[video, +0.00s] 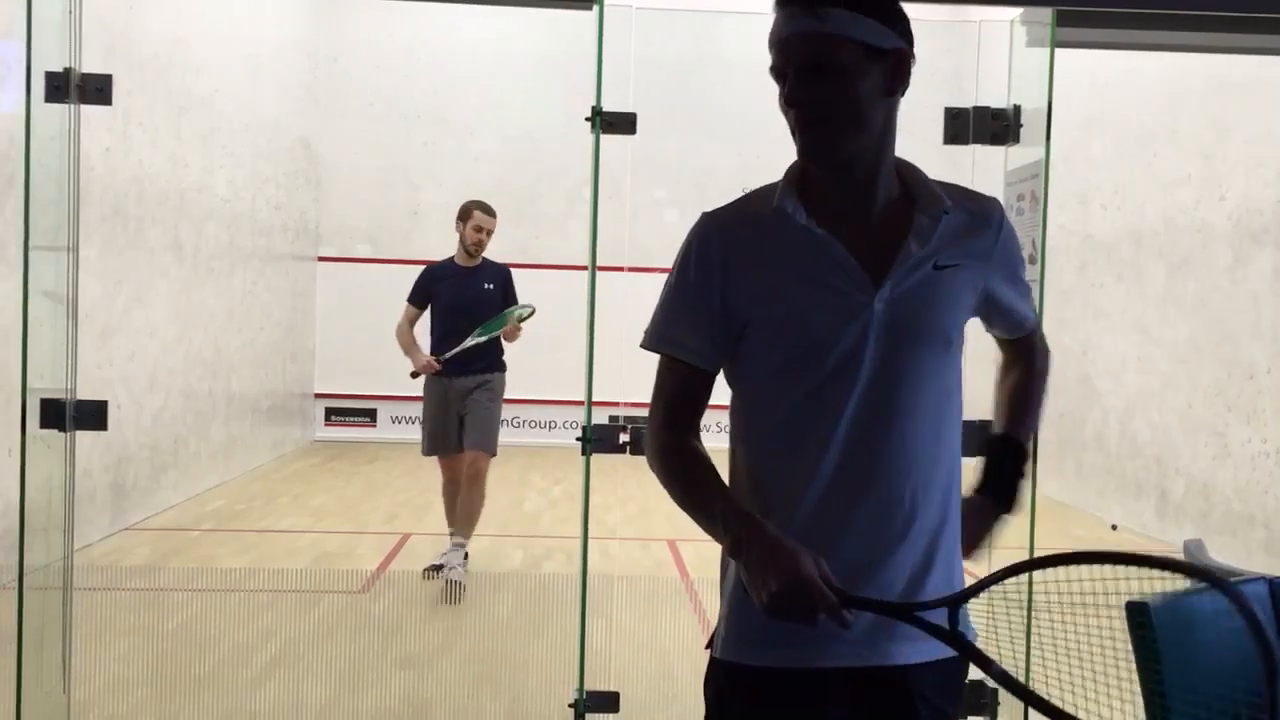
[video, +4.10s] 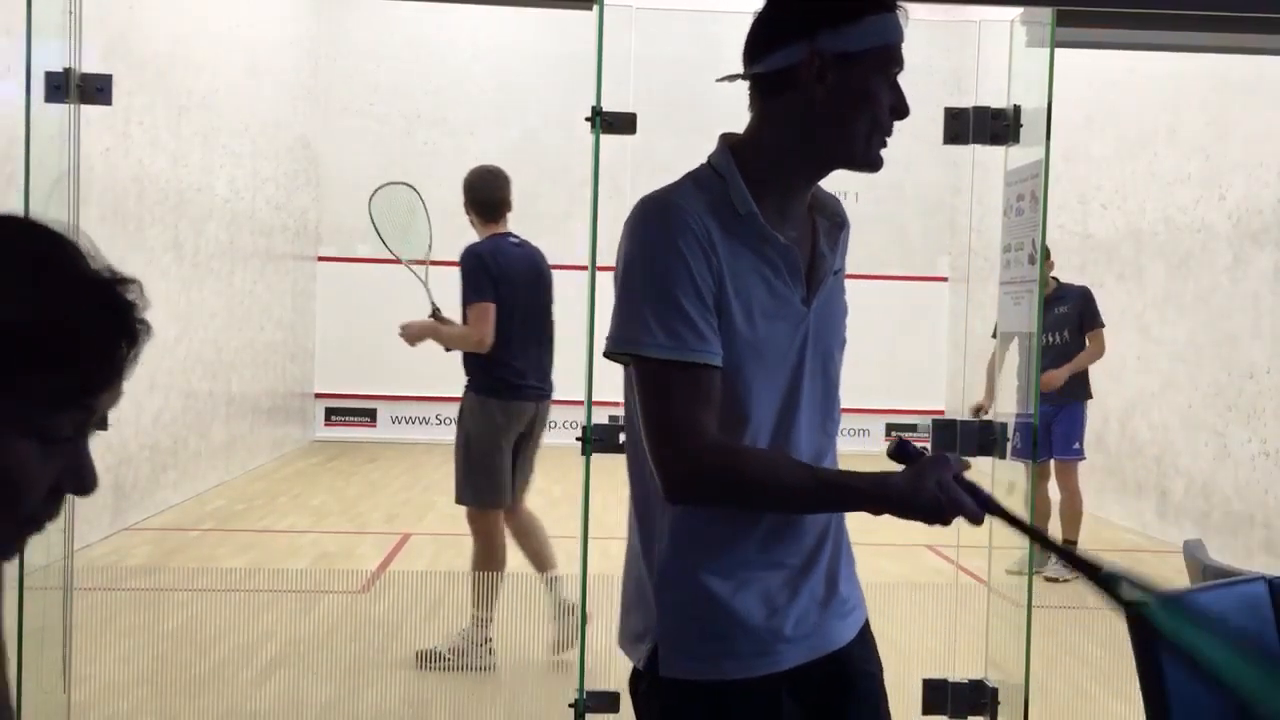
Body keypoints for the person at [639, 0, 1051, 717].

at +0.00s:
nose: (794, 96)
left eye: (822, 71)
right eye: (783, 75)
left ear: (898, 72)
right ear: (773, 80)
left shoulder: (976, 232)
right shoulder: (726, 244)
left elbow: (1024, 348)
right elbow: (668, 433)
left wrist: (995, 491)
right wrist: (753, 546)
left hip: (921, 647)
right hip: (770, 647)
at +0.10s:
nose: (795, 93)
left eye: (823, 69)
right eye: (784, 72)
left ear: (898, 74)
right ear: (772, 78)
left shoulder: (972, 231)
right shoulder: (723, 241)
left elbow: (997, 339)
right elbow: (665, 434)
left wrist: (946, 435)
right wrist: (754, 542)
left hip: (915, 642)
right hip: (765, 645)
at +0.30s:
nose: (795, 90)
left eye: (824, 67)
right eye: (786, 67)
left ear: (900, 74)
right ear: (773, 76)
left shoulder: (959, 229)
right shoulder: (714, 236)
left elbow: (932, 372)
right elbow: (658, 430)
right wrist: (758, 541)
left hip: (906, 638)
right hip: (757, 644)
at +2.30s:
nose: (895, 89)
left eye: (908, 68)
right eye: (868, 64)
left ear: (919, 80)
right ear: (799, 70)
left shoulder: (919, 225)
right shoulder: (701, 233)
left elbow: (876, 393)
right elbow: (621, 428)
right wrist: (749, 547)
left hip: (892, 633)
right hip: (750, 644)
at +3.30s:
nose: (937, 109)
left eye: (933, 83)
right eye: (915, 81)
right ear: (832, 76)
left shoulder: (888, 223)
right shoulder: (697, 235)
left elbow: (849, 408)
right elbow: (640, 451)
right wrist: (819, 554)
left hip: (878, 645)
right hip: (747, 655)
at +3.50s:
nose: (934, 114)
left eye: (932, 87)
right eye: (919, 84)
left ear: (852, 86)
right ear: (845, 81)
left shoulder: (876, 225)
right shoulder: (702, 235)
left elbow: (849, 418)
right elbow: (706, 464)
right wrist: (908, 520)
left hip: (872, 632)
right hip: (747, 651)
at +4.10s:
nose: (904, 107)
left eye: (898, 79)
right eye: (886, 76)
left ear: (819, 79)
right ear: (814, 75)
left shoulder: (825, 223)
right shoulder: (674, 227)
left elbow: (790, 419)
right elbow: (688, 465)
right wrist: (884, 492)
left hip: (828, 623)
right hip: (712, 648)